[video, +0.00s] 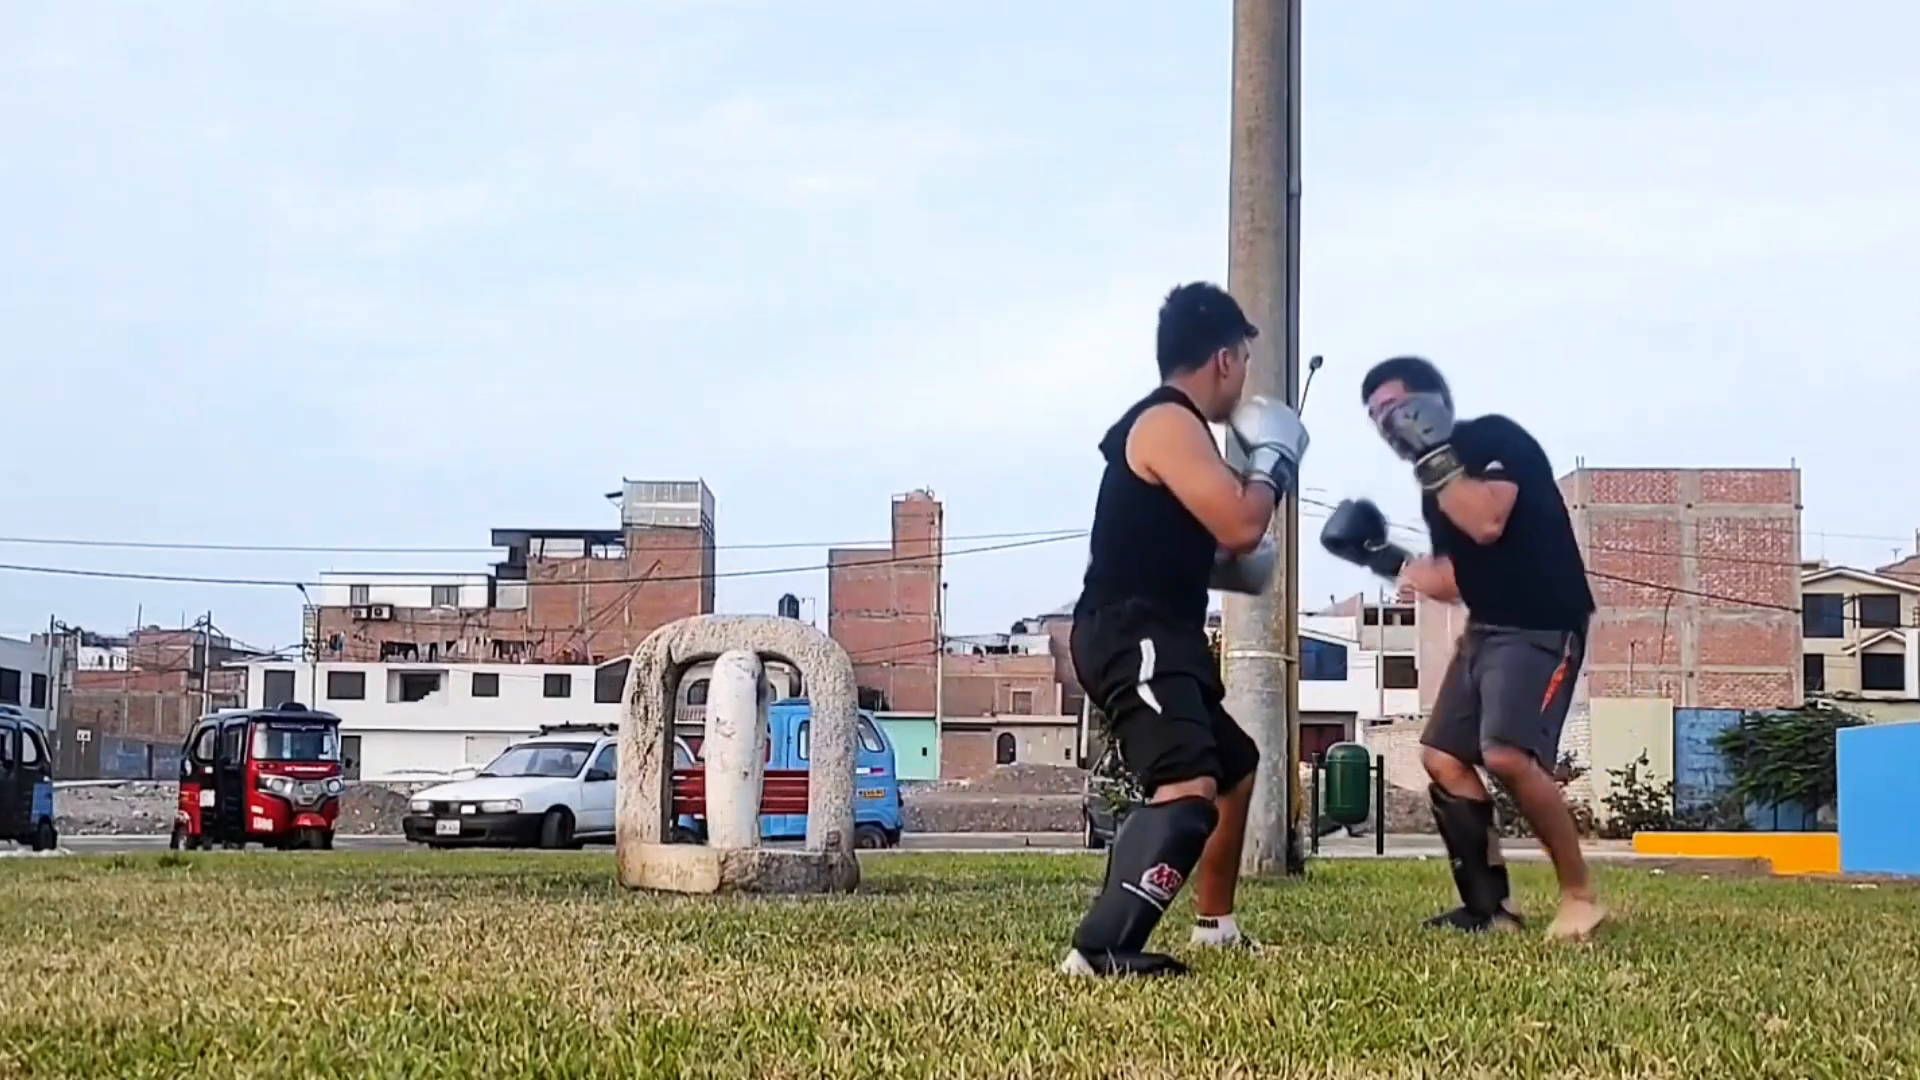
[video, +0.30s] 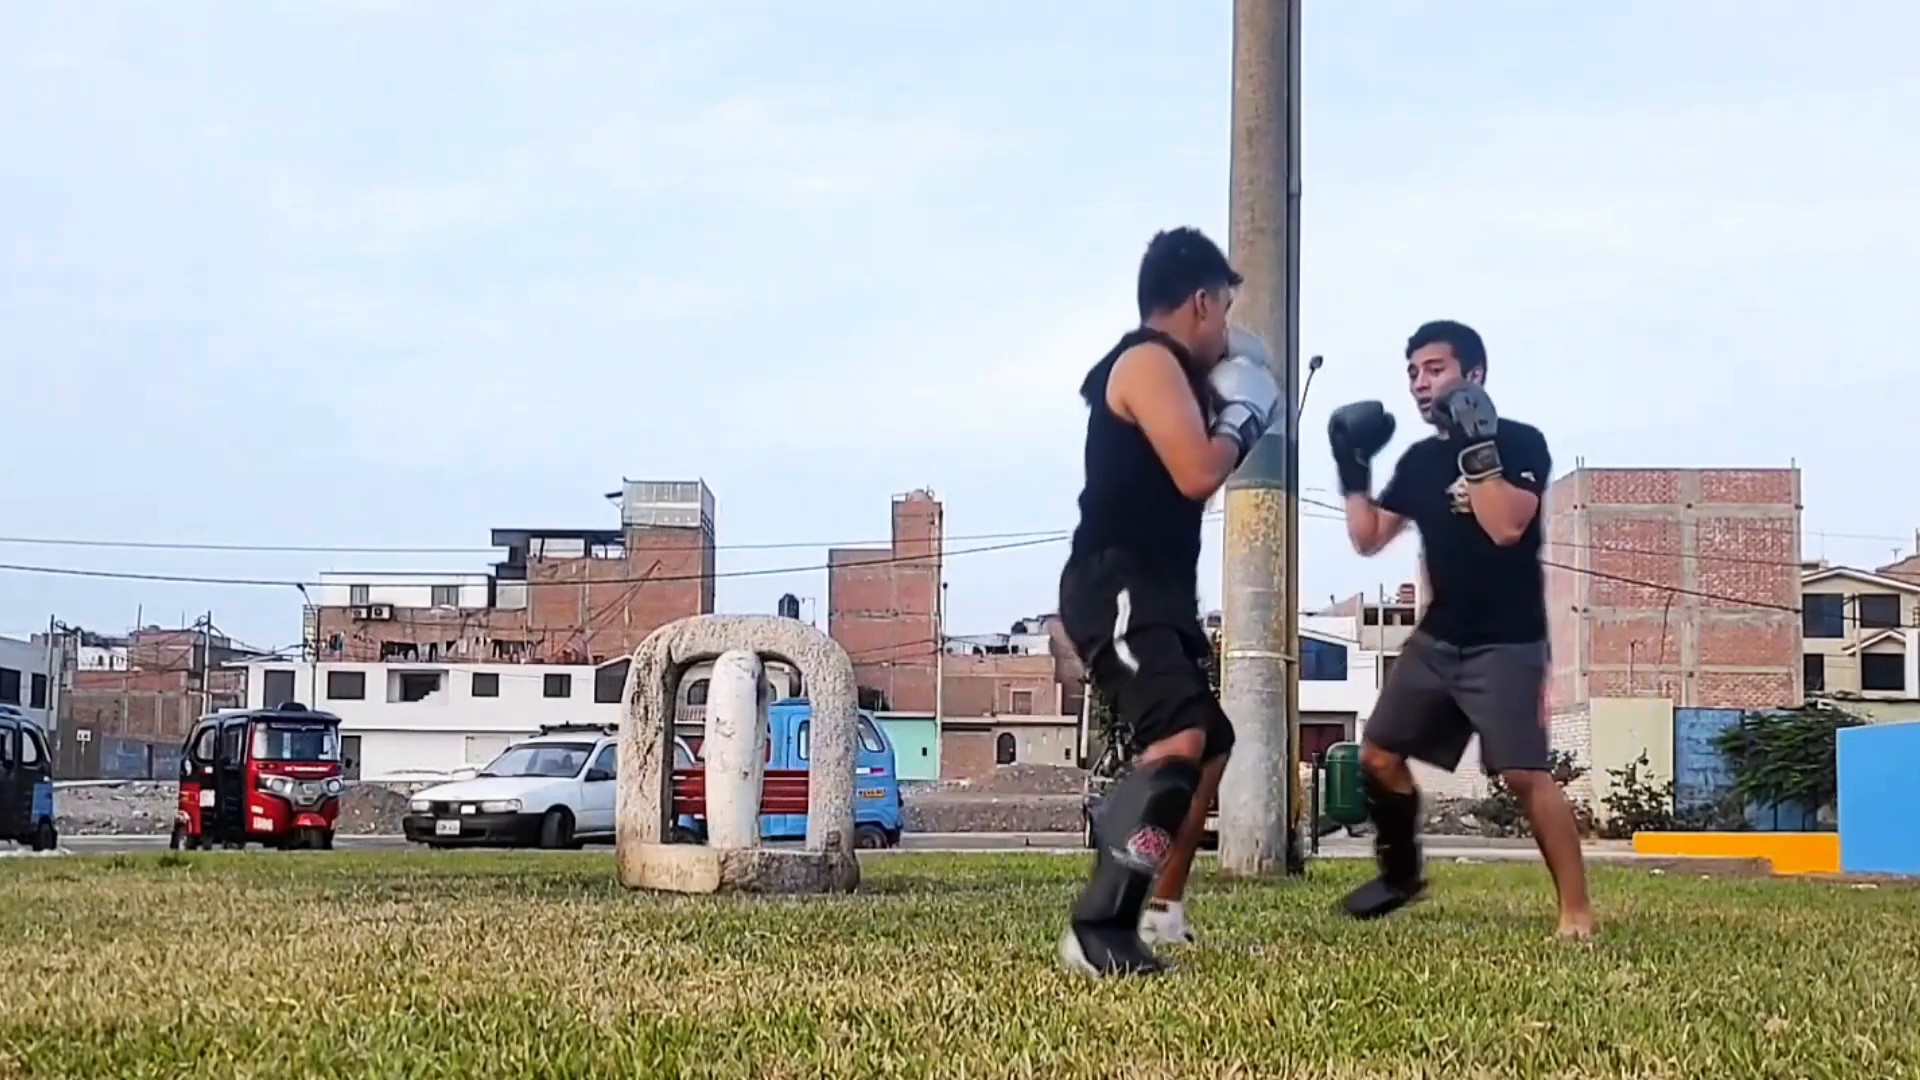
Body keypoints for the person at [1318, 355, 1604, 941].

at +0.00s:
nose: (1389, 422)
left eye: (1397, 407)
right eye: (1379, 416)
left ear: (1433, 397)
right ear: (1378, 425)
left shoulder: (1493, 435)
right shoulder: (1434, 486)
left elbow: (1488, 522)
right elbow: (1455, 581)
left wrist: (1434, 459)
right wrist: (1379, 554)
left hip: (1543, 625)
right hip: (1486, 628)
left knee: (1507, 753)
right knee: (1444, 757)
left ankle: (1579, 896)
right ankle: (1488, 909)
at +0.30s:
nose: (1422, 382)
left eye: (1435, 368)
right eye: (1414, 373)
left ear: (1475, 373)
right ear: (1411, 383)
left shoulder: (1519, 442)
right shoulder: (1420, 458)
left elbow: (1506, 526)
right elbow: (1368, 538)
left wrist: (1475, 442)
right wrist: (1353, 465)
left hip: (1507, 646)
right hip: (1435, 642)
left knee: (1523, 775)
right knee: (1379, 754)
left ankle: (1576, 915)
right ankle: (1402, 879)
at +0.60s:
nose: (1345, 462)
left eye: (1356, 448)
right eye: (1337, 453)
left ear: (1390, 450)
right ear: (1331, 464)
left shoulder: (1443, 496)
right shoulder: (1346, 513)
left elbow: (1430, 574)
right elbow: (1279, 565)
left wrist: (1399, 498)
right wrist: (1291, 483)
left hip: (1467, 663)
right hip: (1395, 666)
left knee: (1490, 764)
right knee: (1319, 773)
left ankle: (1563, 898)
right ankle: (1293, 897)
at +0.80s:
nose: (1330, 600)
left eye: (1340, 586)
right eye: (1321, 589)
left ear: (1374, 581)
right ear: (1315, 591)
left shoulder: (1440, 609)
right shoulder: (1336, 626)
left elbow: (1425, 706)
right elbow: (1295, 692)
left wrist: (1385, 636)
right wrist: (1285, 635)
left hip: (1476, 706)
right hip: (1399, 709)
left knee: (1483, 782)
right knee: (1301, 788)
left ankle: (1546, 911)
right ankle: (1287, 906)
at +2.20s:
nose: (1080, 406)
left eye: (1097, 399)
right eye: (1084, 396)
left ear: (1131, 424)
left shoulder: (1144, 510)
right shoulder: (1050, 473)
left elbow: (1125, 609)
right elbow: (1005, 538)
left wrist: (1084, 567)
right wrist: (938, 532)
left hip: (1074, 669)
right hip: (992, 652)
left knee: (1108, 782)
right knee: (913, 761)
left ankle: (1066, 903)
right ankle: (901, 898)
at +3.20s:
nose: (1129, 416)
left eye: (1138, 404)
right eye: (1131, 404)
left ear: (1176, 412)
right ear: (1185, 416)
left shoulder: (1157, 453)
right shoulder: (1208, 485)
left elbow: (1109, 502)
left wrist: (1025, 538)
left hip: (1099, 635)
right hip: (1144, 653)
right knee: (1046, 758)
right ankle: (1069, 900)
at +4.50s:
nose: (1061, 273)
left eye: (1072, 257)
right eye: (1066, 258)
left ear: (1106, 267)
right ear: (1112, 271)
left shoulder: (1148, 348)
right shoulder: (1111, 361)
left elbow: (1153, 470)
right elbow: (1131, 466)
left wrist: (1069, 434)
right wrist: (1071, 428)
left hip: (1166, 604)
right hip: (1116, 607)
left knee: (1197, 766)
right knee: (1086, 767)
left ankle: (1295, 947)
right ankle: (1156, 933)